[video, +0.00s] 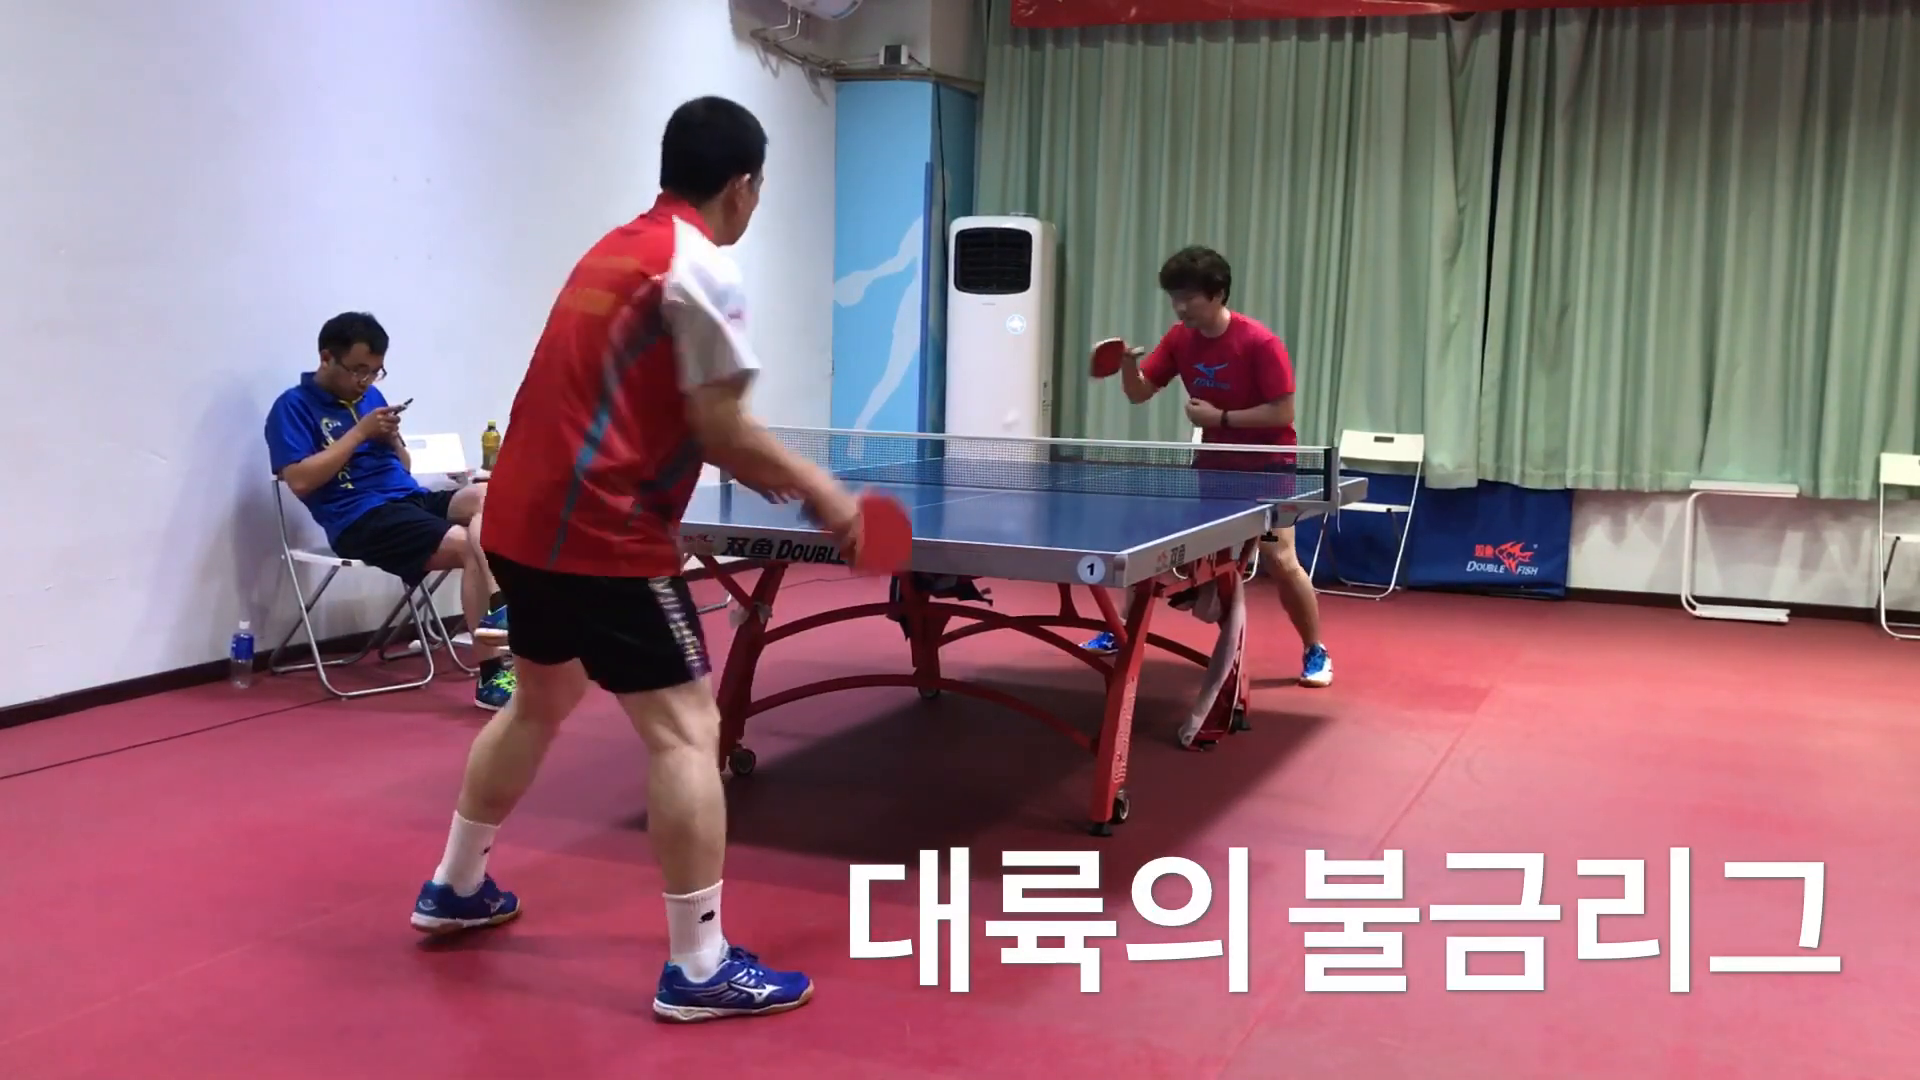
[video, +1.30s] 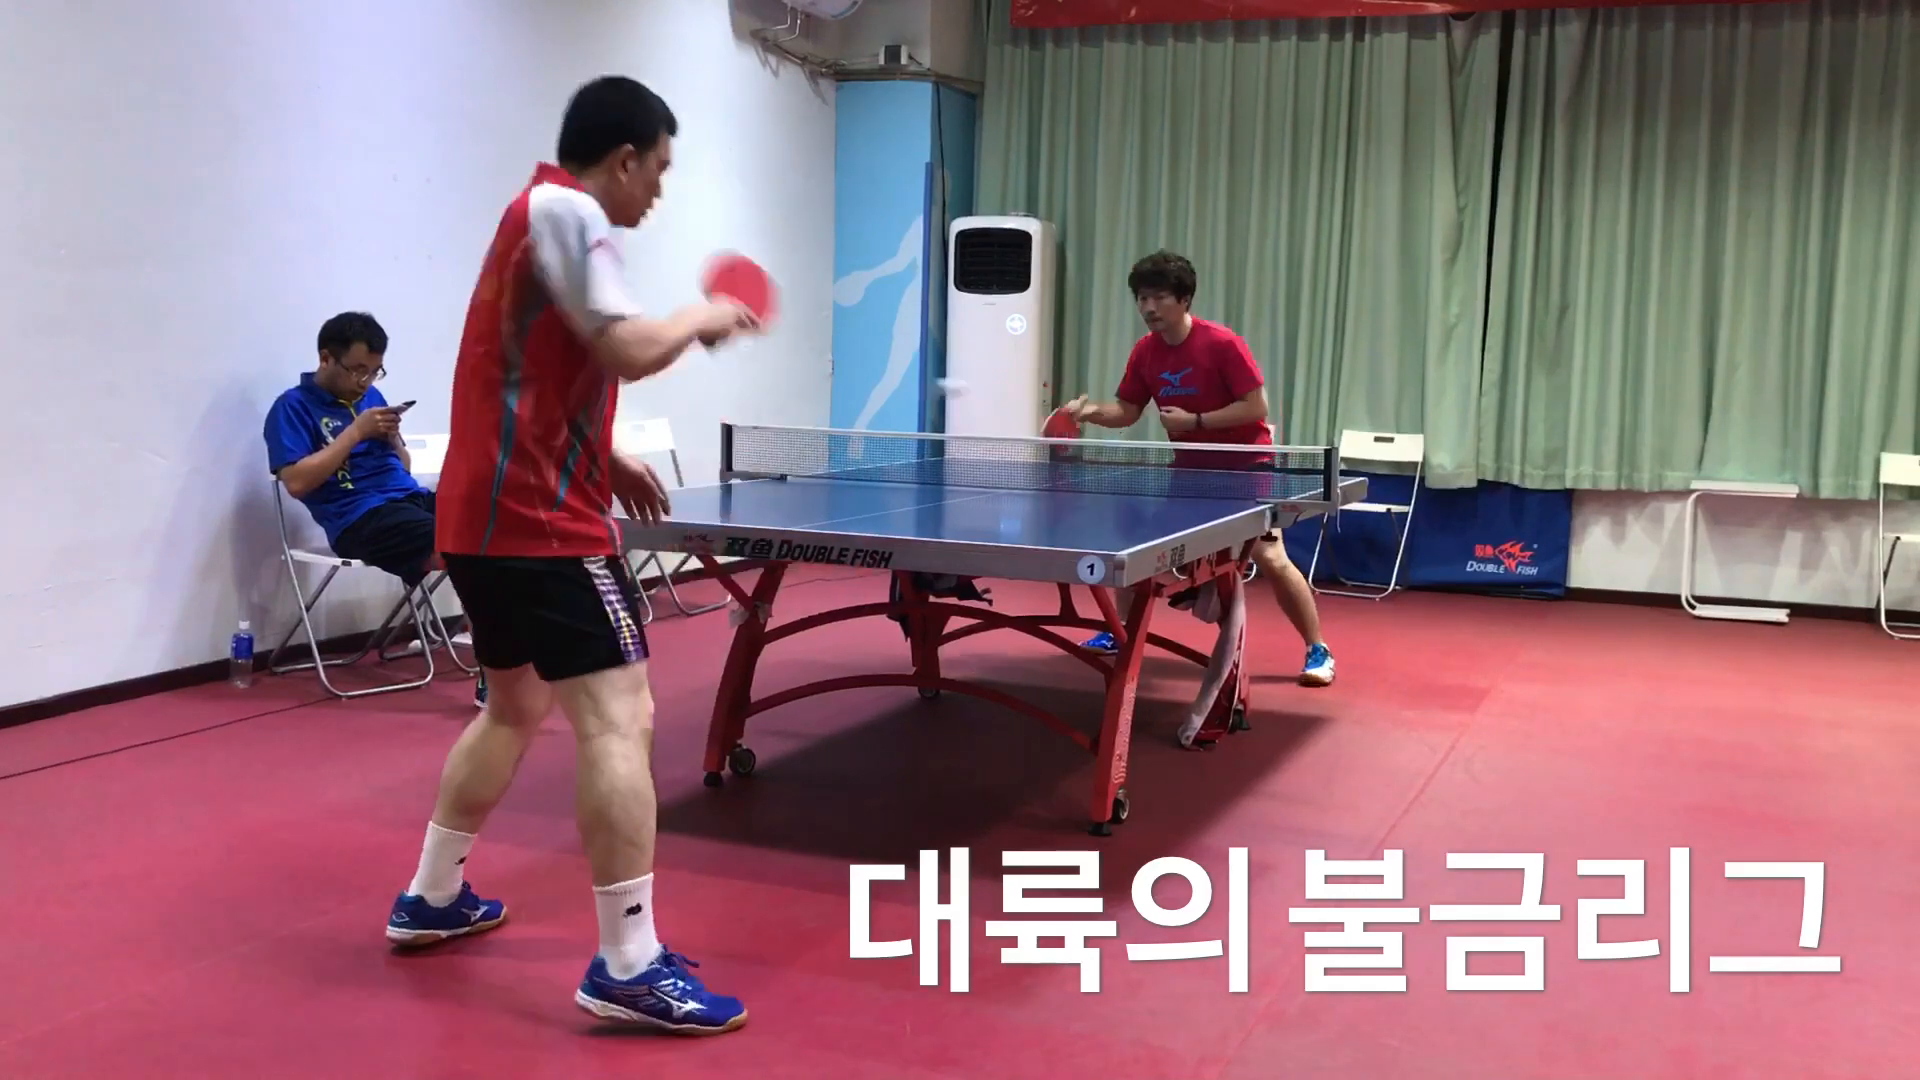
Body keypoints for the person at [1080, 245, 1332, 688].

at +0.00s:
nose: (1177, 308)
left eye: (1185, 298)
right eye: (1174, 299)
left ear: (1214, 294)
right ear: (1176, 298)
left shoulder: (1261, 344)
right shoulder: (1180, 339)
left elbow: (1283, 413)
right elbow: (1138, 393)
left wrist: (1220, 417)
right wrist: (1127, 364)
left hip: (1267, 471)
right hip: (1212, 469)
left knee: (1282, 561)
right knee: (1156, 541)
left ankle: (1315, 649)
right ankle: (1126, 634)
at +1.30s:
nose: (1147, 307)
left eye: (1157, 297)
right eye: (1141, 298)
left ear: (1184, 299)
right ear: (1138, 302)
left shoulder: (1223, 345)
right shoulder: (1145, 352)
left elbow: (1257, 408)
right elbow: (1126, 411)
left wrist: (1195, 421)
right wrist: (1092, 410)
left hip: (1247, 469)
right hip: (1189, 470)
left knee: (1271, 557)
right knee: (1144, 541)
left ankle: (1317, 649)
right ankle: (1123, 633)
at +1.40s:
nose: (1138, 312)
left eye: (1146, 302)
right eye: (1131, 304)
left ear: (1173, 300)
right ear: (1129, 306)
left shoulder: (1207, 344)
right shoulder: (1148, 350)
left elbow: (1241, 411)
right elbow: (1143, 407)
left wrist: (1182, 421)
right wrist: (1095, 422)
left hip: (1246, 463)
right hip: (1193, 464)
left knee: (1266, 558)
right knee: (1146, 539)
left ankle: (1317, 648)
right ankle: (1124, 632)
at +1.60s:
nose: (1168, 331)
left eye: (1171, 321)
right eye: (1164, 323)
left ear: (1197, 312)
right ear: (1198, 310)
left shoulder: (1220, 353)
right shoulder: (1227, 333)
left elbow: (1248, 423)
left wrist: (1201, 435)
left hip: (1248, 476)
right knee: (1278, 578)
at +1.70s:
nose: (1214, 329)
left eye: (1217, 318)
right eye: (1210, 320)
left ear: (1242, 307)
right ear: (1247, 306)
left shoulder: (1259, 353)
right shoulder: (1280, 331)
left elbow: (1277, 424)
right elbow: (1277, 374)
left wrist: (1233, 437)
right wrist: (1234, 370)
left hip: (1276, 479)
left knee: (1308, 586)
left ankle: (1397, 657)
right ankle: (1397, 655)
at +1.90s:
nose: (1260, 323)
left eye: (1267, 313)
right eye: (1256, 314)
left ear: (1294, 310)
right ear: (1263, 313)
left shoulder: (1319, 365)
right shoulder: (1284, 351)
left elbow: (1331, 443)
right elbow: (1262, 407)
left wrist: (1269, 449)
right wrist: (1232, 395)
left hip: (1329, 484)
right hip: (1288, 476)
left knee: (1326, 592)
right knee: (1224, 539)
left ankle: (1407, 665)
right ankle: (1174, 619)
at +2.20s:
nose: (1242, 326)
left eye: (1253, 316)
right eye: (1236, 316)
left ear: (1279, 319)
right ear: (1230, 319)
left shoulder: (1313, 370)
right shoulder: (1232, 367)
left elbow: (1345, 436)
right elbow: (1210, 439)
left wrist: (1281, 451)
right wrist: (1210, 417)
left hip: (1323, 484)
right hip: (1269, 481)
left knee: (1331, 582)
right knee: (1205, 544)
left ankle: (1407, 663)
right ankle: (1171, 630)